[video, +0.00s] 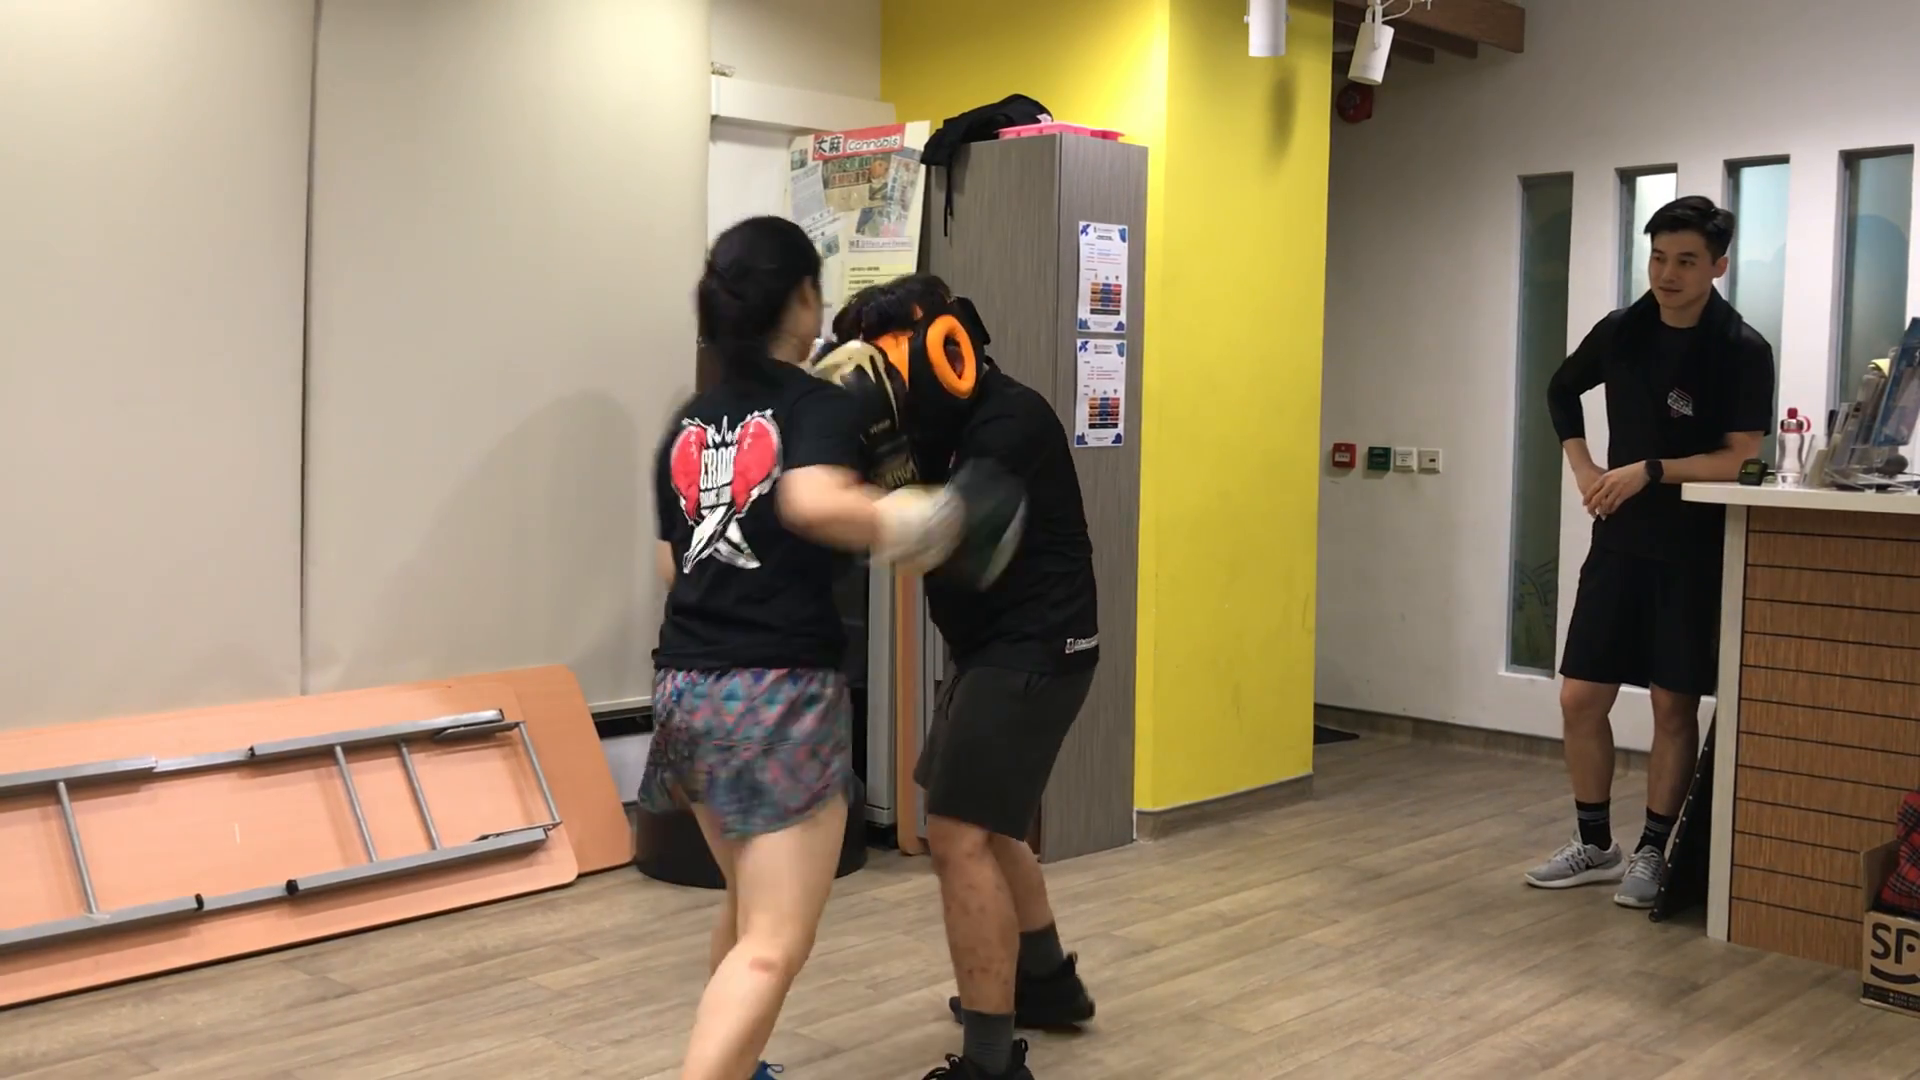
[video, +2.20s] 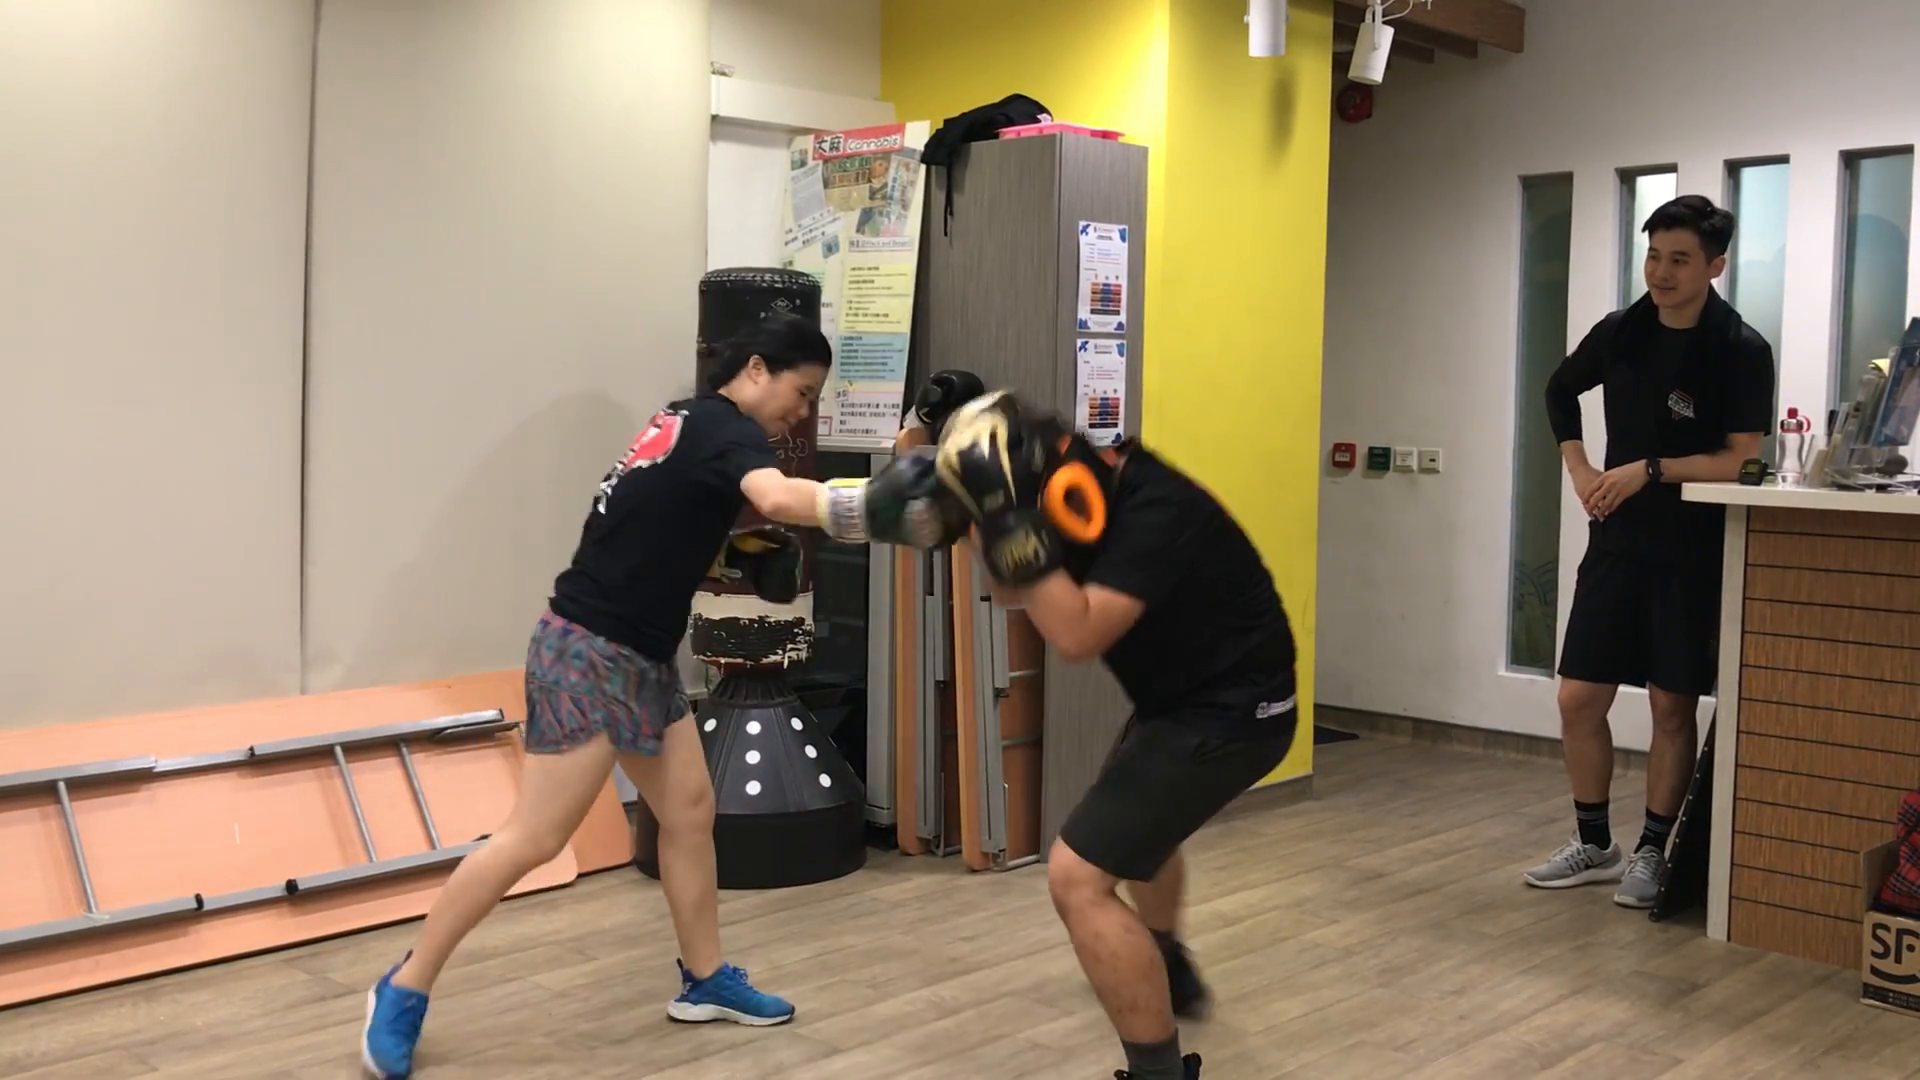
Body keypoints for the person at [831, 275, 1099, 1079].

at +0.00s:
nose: (875, 386)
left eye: (881, 366)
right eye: (869, 369)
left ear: (931, 353)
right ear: (939, 350)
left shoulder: (1010, 420)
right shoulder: (948, 425)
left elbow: (957, 545)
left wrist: (884, 472)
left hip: (1037, 649)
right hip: (997, 646)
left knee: (955, 832)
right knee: (989, 820)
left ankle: (988, 1056)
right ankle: (1046, 980)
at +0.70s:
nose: (964, 322)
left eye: (974, 304)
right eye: (957, 307)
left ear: (1022, 303)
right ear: (983, 315)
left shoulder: (1074, 385)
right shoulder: (997, 389)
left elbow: (1012, 476)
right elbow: (933, 456)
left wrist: (974, 372)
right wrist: (901, 378)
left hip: (1072, 623)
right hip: (1013, 623)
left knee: (1040, 802)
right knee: (995, 779)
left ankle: (1092, 1021)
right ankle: (1057, 949)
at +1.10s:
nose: (1017, 414)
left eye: (1029, 398)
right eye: (1009, 401)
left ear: (1075, 390)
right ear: (1004, 403)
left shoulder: (1134, 446)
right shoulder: (1011, 436)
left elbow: (1087, 557)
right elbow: (912, 493)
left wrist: (1056, 453)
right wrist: (941, 415)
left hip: (1130, 651)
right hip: (1047, 640)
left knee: (1099, 821)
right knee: (987, 778)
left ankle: (1149, 1040)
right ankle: (1071, 913)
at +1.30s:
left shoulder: (1137, 490)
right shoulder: (996, 486)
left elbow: (1129, 626)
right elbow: (961, 604)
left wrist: (1091, 531)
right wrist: (932, 529)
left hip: (1152, 667)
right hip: (1064, 660)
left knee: (1112, 819)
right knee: (990, 804)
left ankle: (1151, 1042)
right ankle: (1075, 909)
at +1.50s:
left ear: (994, 552)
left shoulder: (1085, 556)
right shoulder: (1000, 562)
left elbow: (1053, 688)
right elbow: (955, 657)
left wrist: (977, 608)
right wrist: (902, 604)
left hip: (1176, 691)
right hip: (1085, 693)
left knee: (1103, 817)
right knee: (997, 800)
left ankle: (1153, 1038)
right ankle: (1089, 927)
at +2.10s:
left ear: (1028, 535)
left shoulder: (1140, 544)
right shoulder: (1053, 531)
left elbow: (1085, 682)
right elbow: (983, 632)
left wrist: (1011, 590)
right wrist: (947, 584)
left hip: (1211, 722)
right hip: (1148, 712)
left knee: (1064, 866)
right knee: (1100, 823)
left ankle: (1157, 1068)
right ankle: (1079, 929)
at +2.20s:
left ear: (1051, 473)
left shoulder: (1157, 512)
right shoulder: (1087, 496)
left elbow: (1078, 636)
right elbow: (1018, 589)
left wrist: (1010, 523)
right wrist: (973, 510)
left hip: (1234, 708)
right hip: (1176, 701)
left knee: (1077, 873)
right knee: (1143, 830)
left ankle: (1159, 1068)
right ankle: (1168, 967)